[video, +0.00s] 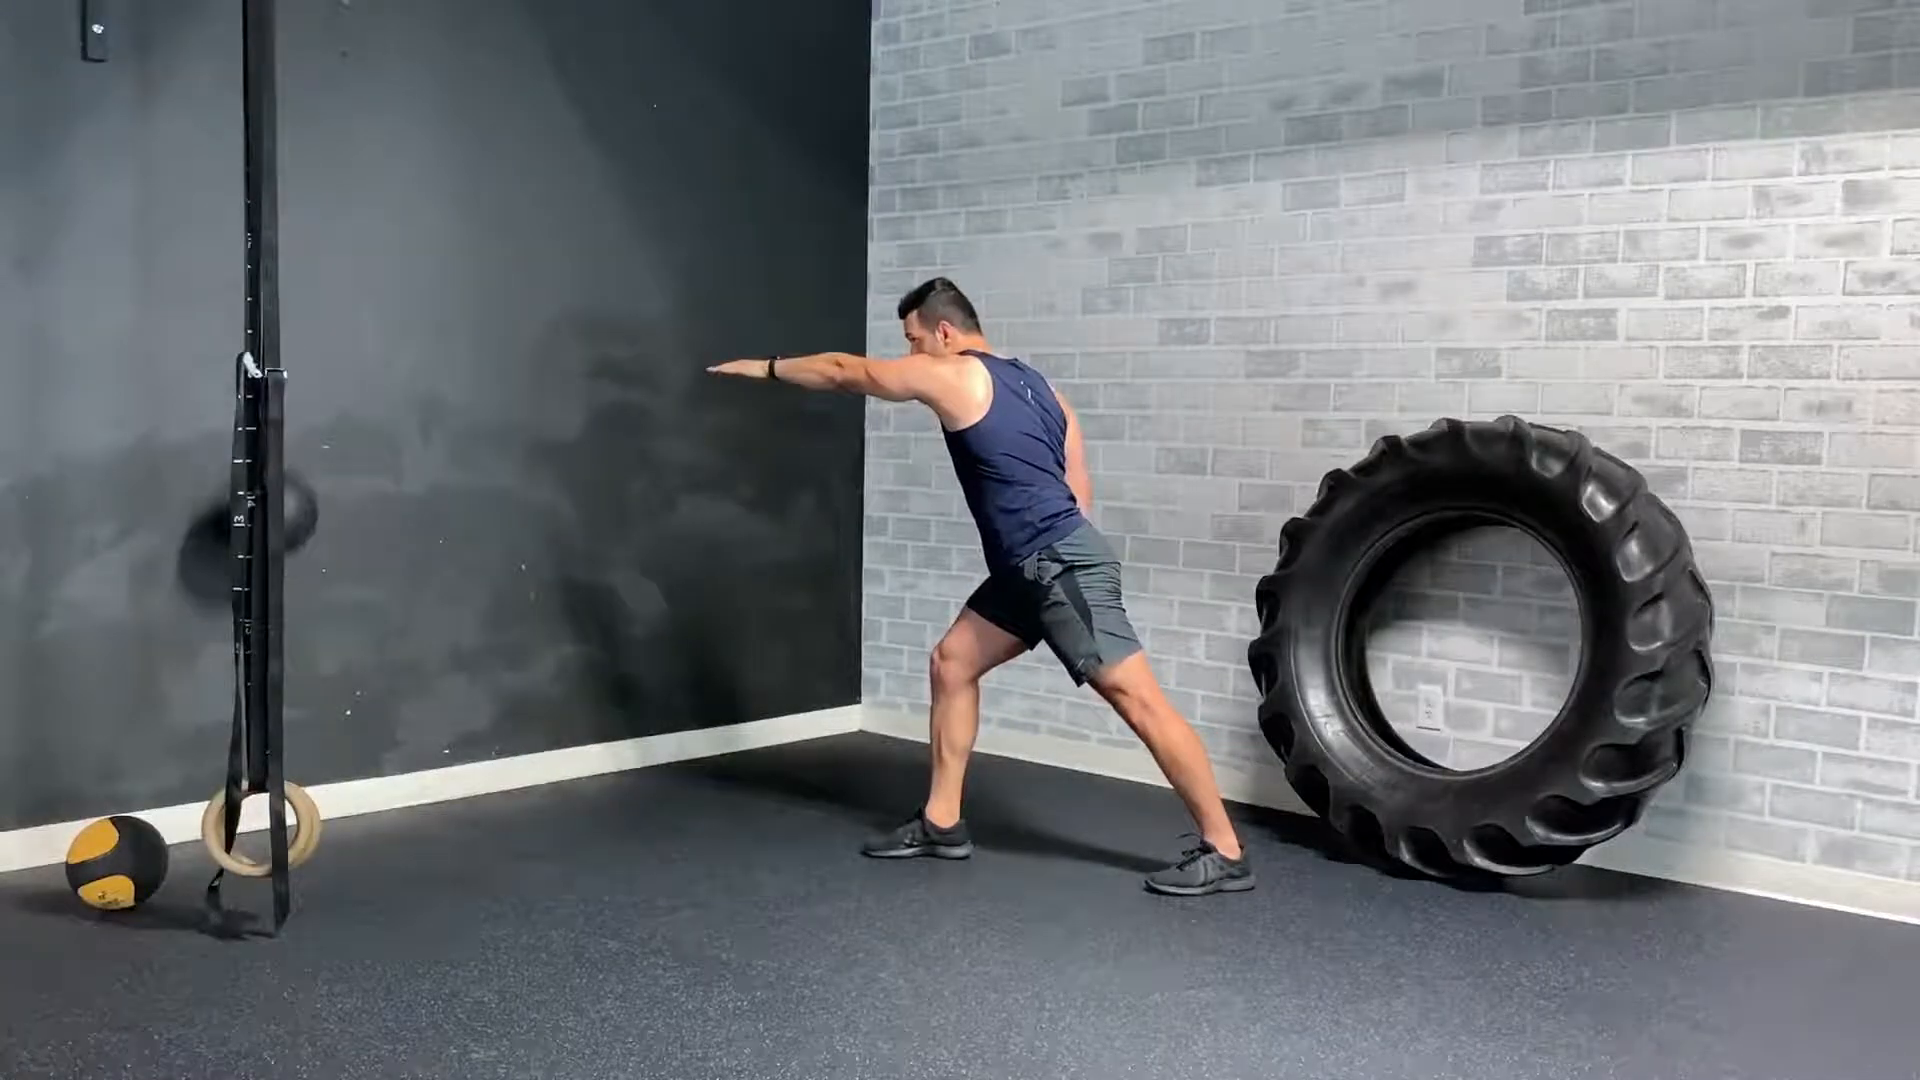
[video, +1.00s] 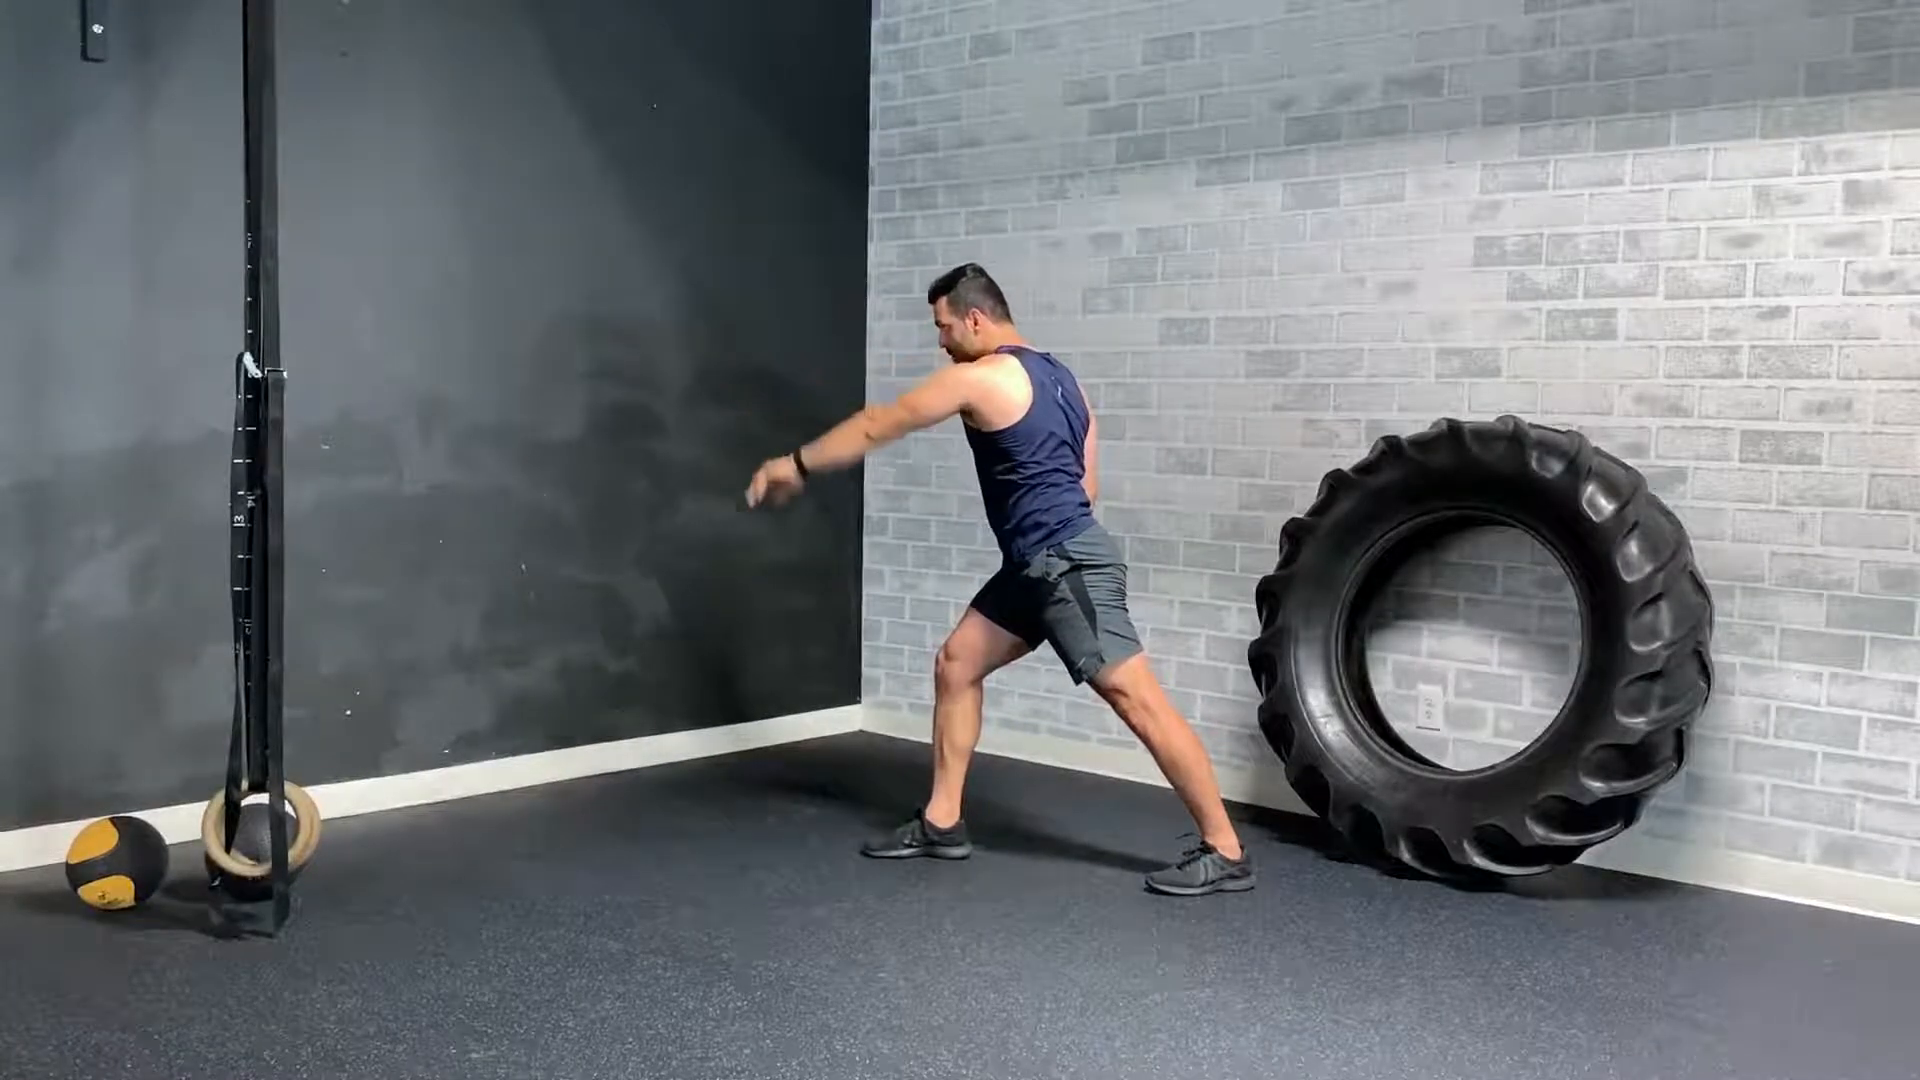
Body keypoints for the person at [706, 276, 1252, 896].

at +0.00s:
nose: (910, 354)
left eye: (913, 342)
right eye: (909, 344)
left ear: (943, 330)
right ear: (965, 328)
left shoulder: (948, 372)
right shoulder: (1039, 387)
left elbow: (848, 373)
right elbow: (1076, 490)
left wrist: (766, 367)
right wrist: (1066, 555)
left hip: (1060, 562)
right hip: (1035, 571)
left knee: (1144, 705)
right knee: (952, 662)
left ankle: (1225, 850)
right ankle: (942, 824)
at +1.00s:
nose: (941, 342)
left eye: (943, 327)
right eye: (939, 330)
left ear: (973, 317)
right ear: (992, 315)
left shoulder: (975, 376)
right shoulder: (1060, 378)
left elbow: (877, 426)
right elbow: (1084, 489)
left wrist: (798, 463)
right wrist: (1044, 549)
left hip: (1067, 561)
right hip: (1049, 564)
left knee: (1139, 701)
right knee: (958, 662)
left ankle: (1225, 849)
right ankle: (942, 822)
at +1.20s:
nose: (957, 330)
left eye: (960, 316)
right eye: (955, 317)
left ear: (992, 309)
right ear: (1010, 310)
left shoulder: (1001, 381)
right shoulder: (1071, 375)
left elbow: (973, 496)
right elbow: (1091, 488)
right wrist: (1044, 547)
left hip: (1071, 561)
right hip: (1051, 563)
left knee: (1138, 702)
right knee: (960, 665)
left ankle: (1225, 848)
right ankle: (941, 824)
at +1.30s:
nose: (964, 324)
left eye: (967, 310)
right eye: (962, 311)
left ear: (1000, 305)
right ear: (1014, 305)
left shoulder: (1016, 380)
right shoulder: (1067, 365)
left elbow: (1032, 493)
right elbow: (1093, 481)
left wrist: (1033, 588)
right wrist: (1053, 547)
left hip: (1076, 559)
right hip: (1058, 555)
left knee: (1141, 700)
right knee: (965, 666)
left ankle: (1225, 848)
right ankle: (940, 824)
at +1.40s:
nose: (968, 318)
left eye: (973, 304)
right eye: (967, 306)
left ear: (1008, 300)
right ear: (1017, 301)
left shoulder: (1041, 374)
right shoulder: (1055, 362)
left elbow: (1076, 474)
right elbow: (1085, 470)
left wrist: (1079, 575)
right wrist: (1044, 564)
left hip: (1079, 562)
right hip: (1045, 562)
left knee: (1145, 702)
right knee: (969, 669)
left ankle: (1226, 849)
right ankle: (941, 824)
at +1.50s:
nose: (974, 317)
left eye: (979, 303)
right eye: (973, 305)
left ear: (1015, 298)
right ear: (1020, 300)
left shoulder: (1059, 372)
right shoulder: (1045, 368)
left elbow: (1095, 472)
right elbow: (1073, 477)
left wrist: (1091, 576)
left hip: (1083, 564)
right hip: (1045, 564)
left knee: (1152, 701)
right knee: (970, 671)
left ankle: (1226, 849)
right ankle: (941, 825)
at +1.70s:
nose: (973, 318)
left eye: (978, 304)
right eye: (971, 306)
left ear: (1014, 299)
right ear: (1019, 301)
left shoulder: (1059, 376)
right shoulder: (1040, 370)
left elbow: (1078, 483)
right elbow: (1057, 487)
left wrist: (1055, 585)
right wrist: (1029, 568)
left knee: (1156, 697)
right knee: (965, 669)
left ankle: (1226, 849)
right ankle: (941, 825)